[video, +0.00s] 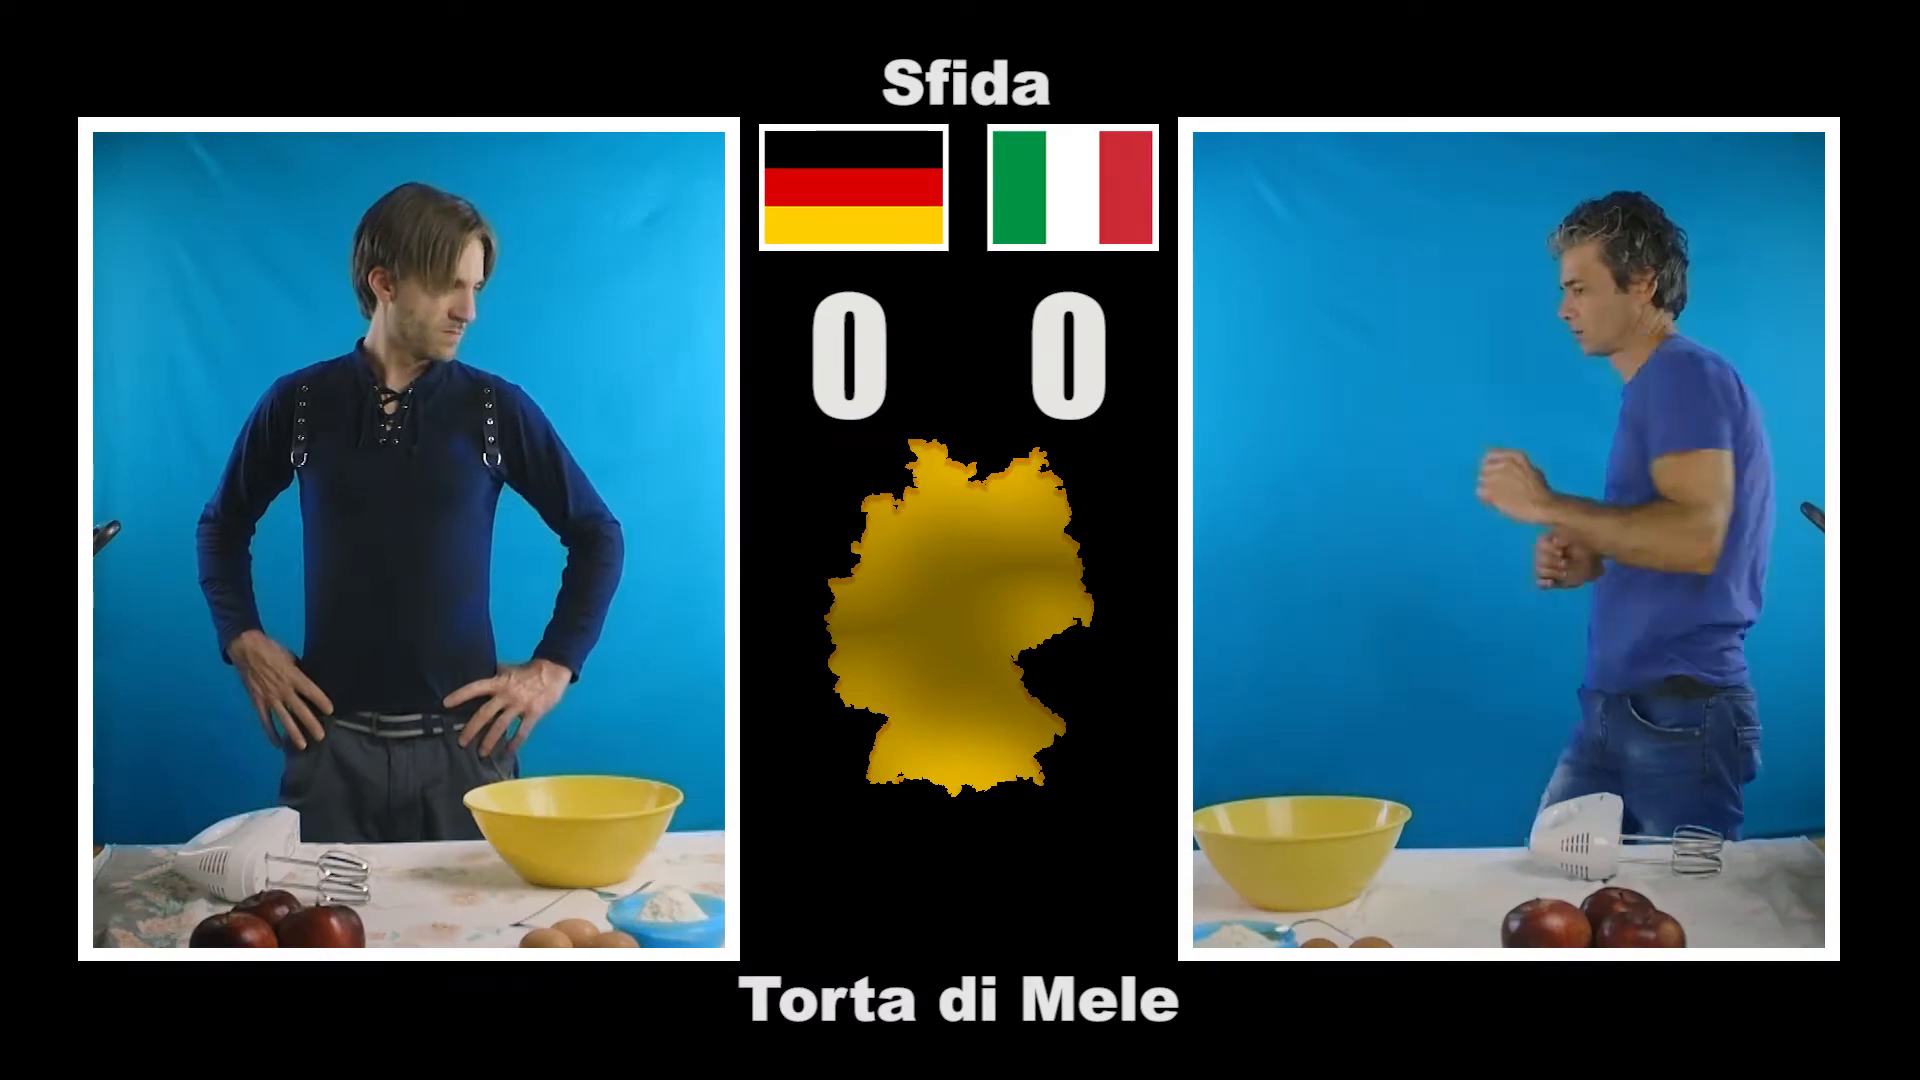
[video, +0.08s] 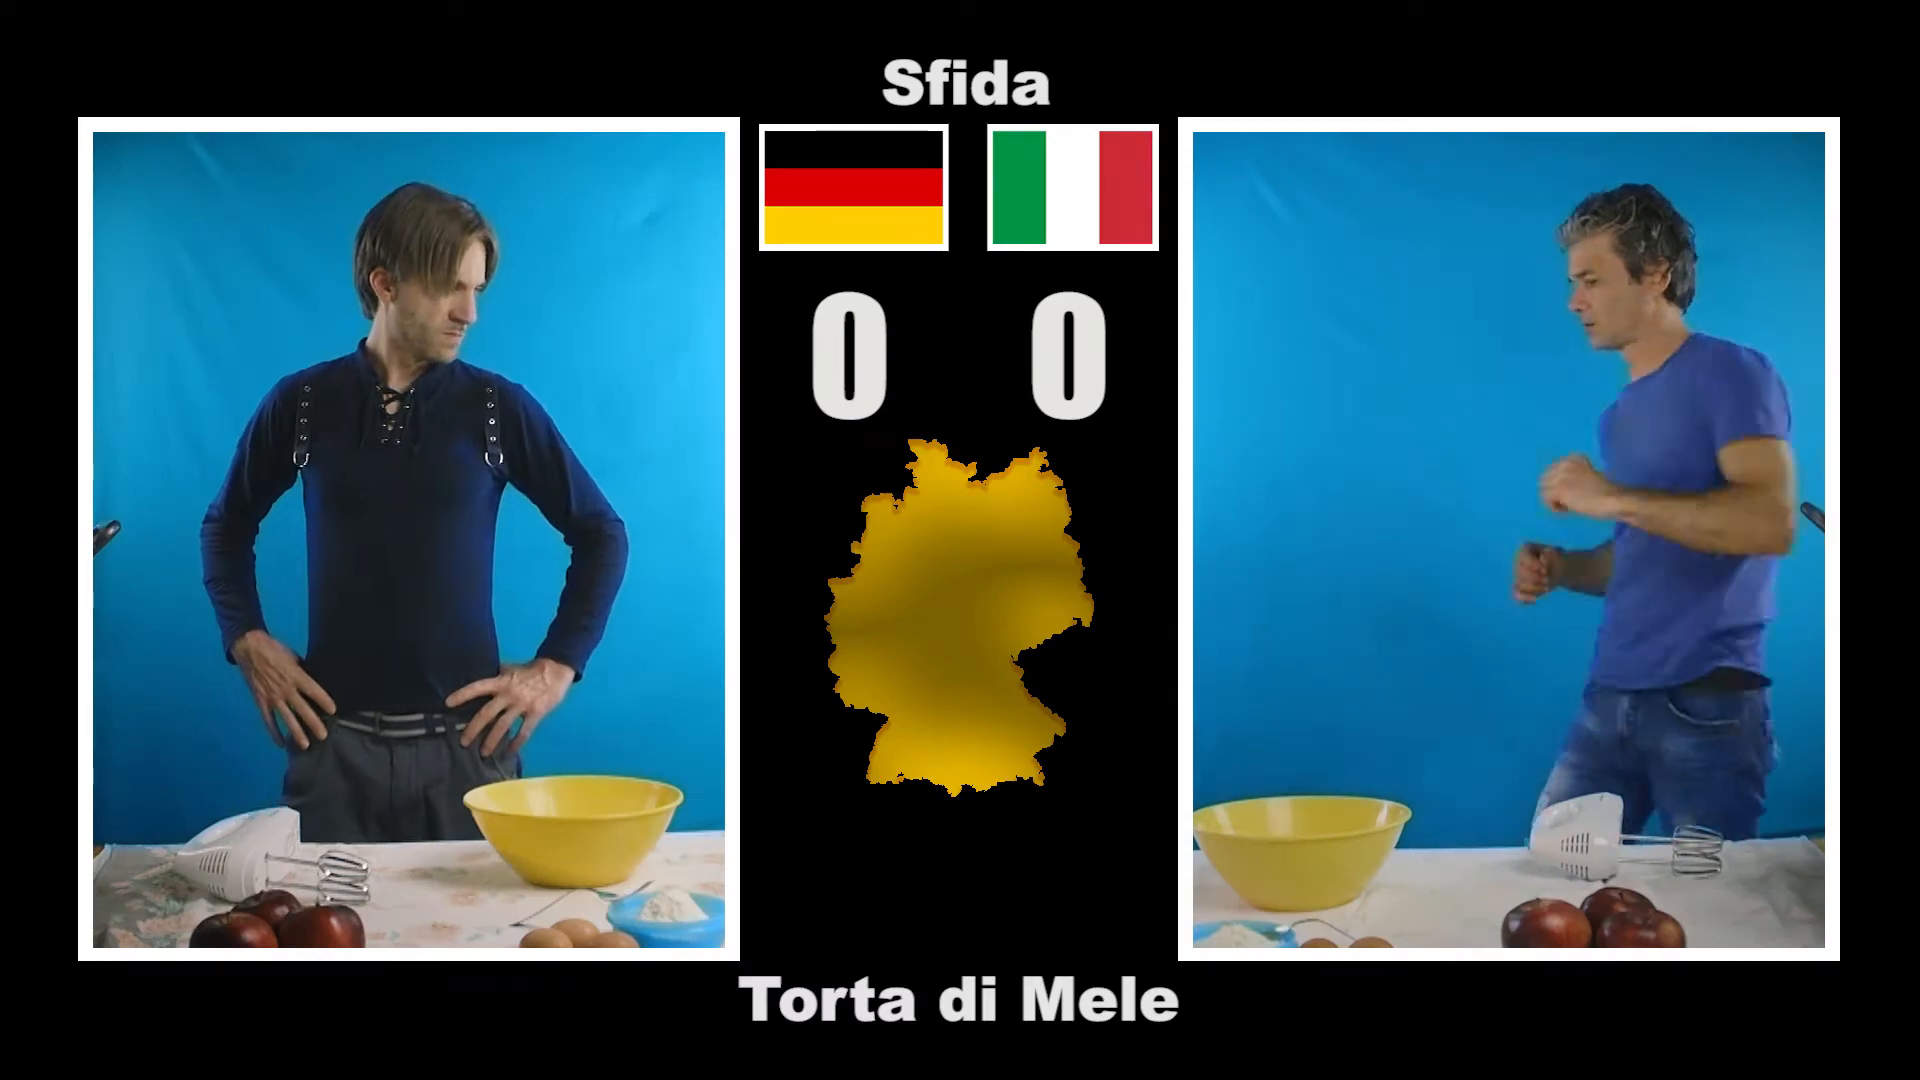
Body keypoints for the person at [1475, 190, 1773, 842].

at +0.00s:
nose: (1564, 310)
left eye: (1578, 288)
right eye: (1564, 291)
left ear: (1642, 284)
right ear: (1636, 287)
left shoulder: (1685, 377)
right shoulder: (1648, 394)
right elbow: (1673, 541)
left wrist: (1546, 505)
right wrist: (1595, 558)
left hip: (1686, 715)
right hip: (1612, 707)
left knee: (1680, 919)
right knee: (1553, 895)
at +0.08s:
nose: (1576, 301)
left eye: (1590, 280)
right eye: (1574, 284)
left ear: (1656, 277)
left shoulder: (1734, 374)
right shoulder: (1618, 418)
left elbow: (1770, 523)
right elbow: (1647, 561)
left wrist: (1612, 499)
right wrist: (1563, 569)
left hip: (1710, 703)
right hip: (1613, 700)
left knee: (1708, 910)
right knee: (1555, 889)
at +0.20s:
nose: (1611, 298)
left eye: (1628, 276)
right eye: (1606, 281)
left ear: (1693, 270)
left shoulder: (1785, 383)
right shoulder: (1598, 404)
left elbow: (1829, 506)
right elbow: (1544, 506)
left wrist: (1737, 484)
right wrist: (1527, 558)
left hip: (1739, 697)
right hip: (1623, 693)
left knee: (1736, 897)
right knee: (1560, 878)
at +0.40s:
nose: (1677, 280)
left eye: (1697, 259)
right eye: (1665, 262)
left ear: (1754, 260)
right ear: (1654, 266)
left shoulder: (1802, 391)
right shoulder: (1611, 376)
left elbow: (1825, 530)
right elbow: (1540, 493)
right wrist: (1551, 547)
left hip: (1757, 687)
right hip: (1633, 682)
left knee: (1755, 893)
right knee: (1579, 883)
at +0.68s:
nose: (1688, 282)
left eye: (1711, 260)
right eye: (1678, 262)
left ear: (1770, 268)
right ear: (1668, 267)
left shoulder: (1805, 405)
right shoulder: (1613, 376)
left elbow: (1809, 533)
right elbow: (1544, 517)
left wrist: (1810, 593)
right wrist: (1629, 560)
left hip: (1734, 699)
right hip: (1607, 691)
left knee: (1741, 899)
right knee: (1564, 895)